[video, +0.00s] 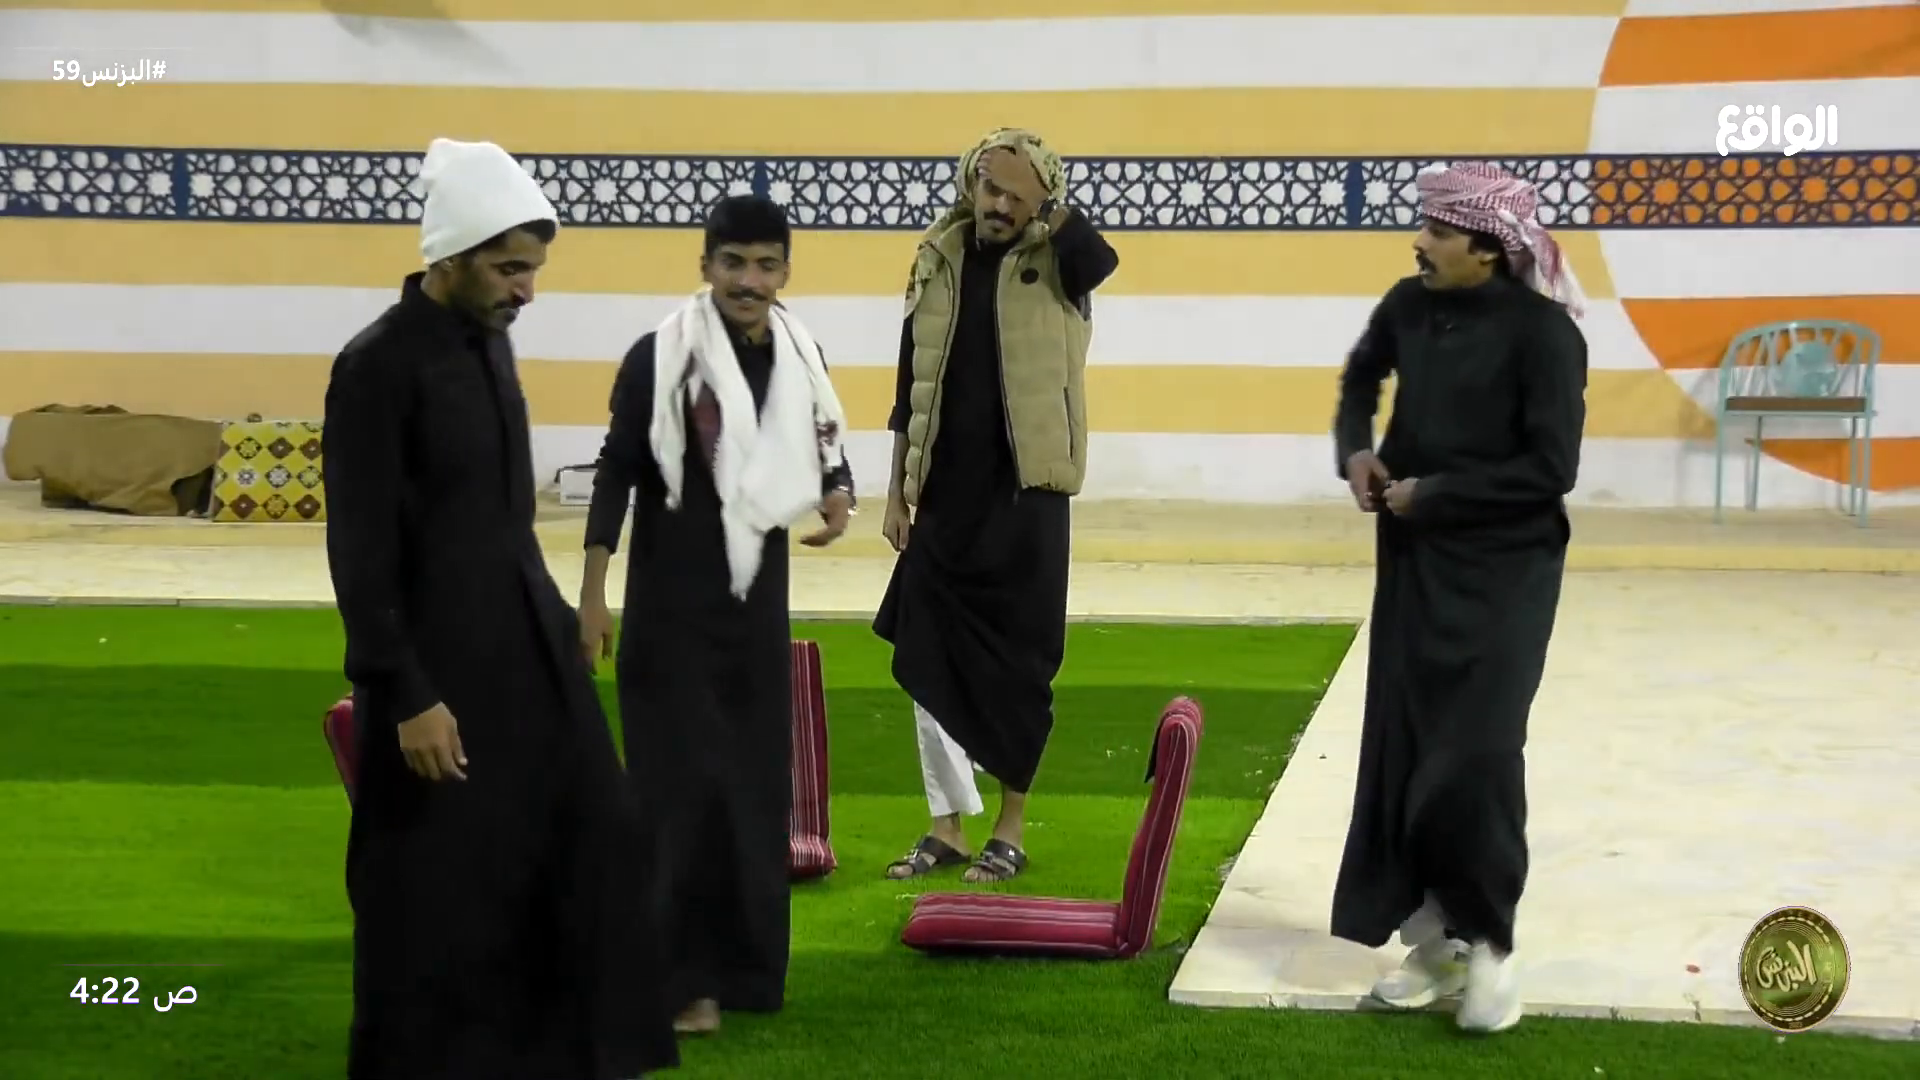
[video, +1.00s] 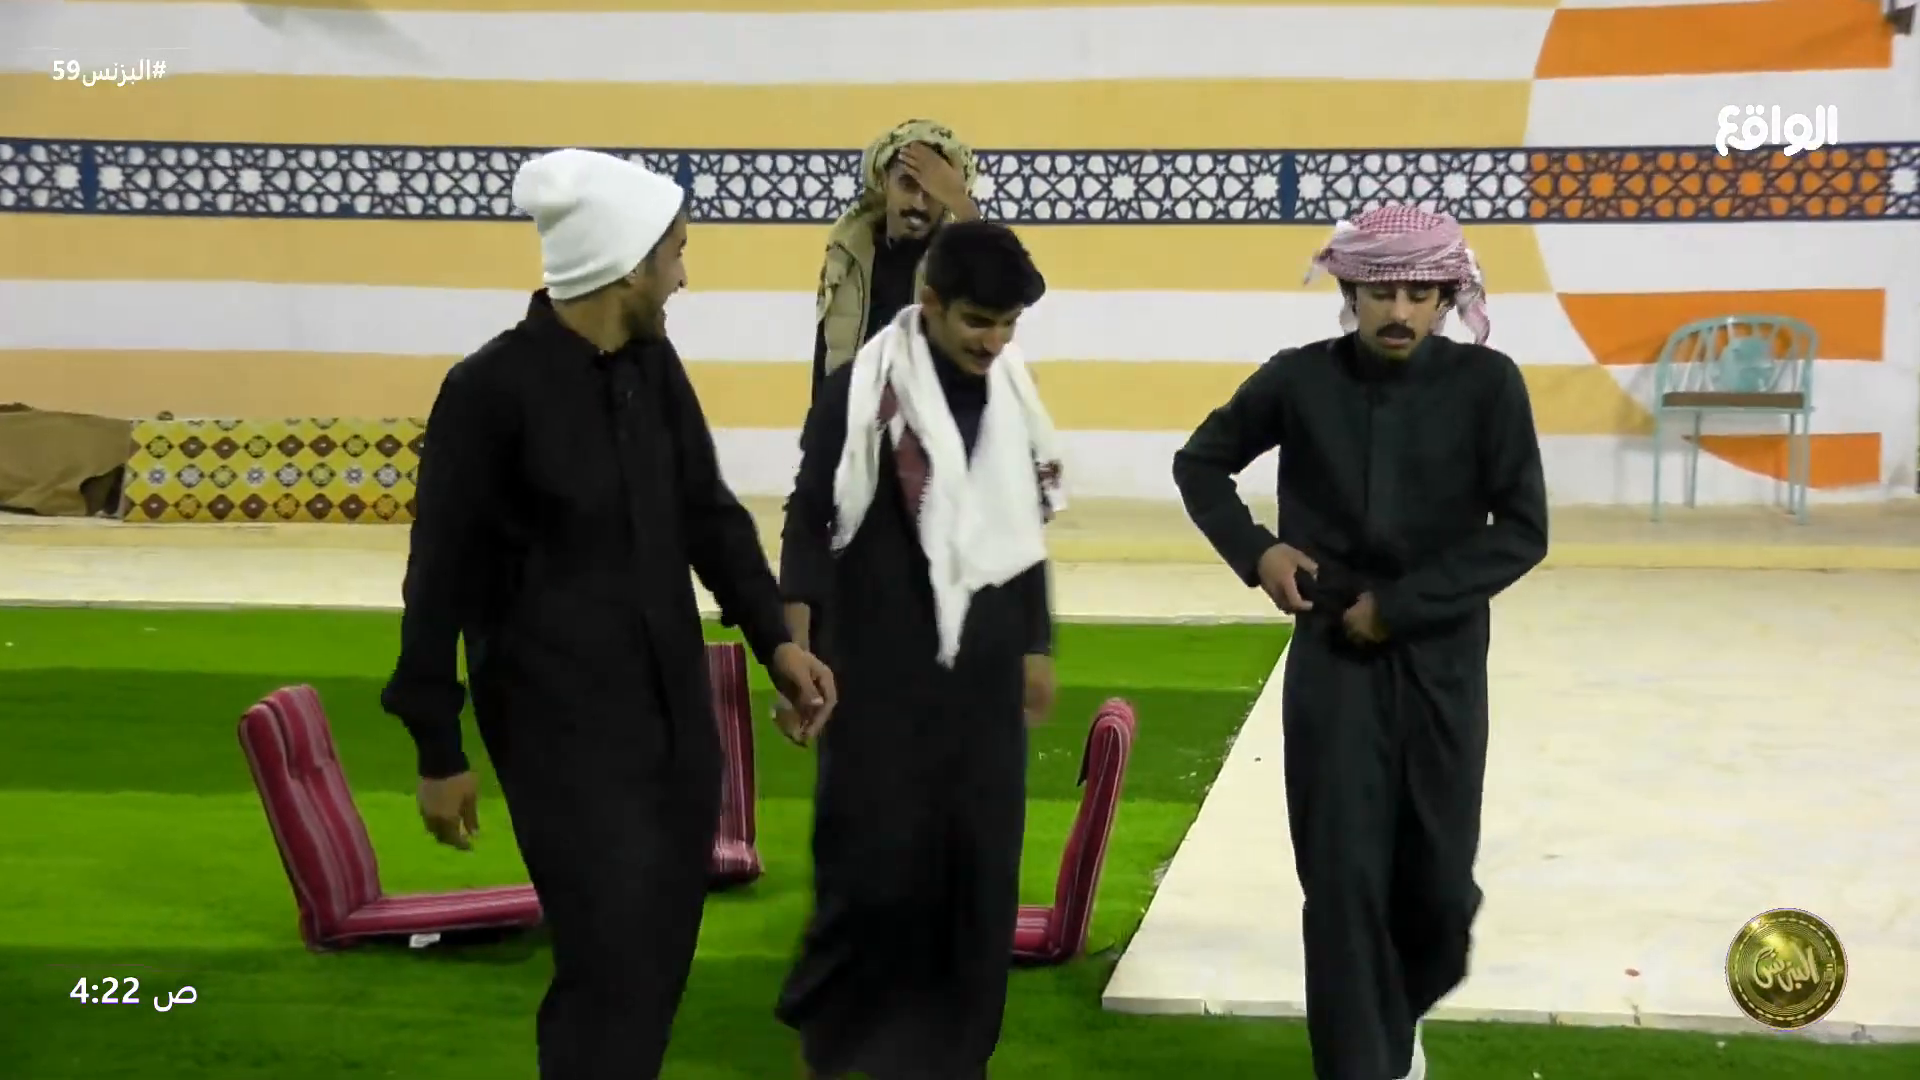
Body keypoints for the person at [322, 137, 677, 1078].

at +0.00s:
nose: (526, 287)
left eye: (535, 268)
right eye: (510, 268)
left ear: (540, 253)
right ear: (446, 257)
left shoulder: (490, 347)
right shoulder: (375, 367)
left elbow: (502, 525)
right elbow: (359, 553)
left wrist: (549, 631)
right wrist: (408, 697)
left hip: (527, 668)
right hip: (437, 681)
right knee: (435, 916)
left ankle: (574, 1053)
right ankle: (433, 1060)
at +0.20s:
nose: (580, 302)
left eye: (590, 284)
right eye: (565, 282)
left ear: (590, 272)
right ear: (502, 264)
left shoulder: (566, 354)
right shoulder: (413, 371)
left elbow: (587, 504)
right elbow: (368, 551)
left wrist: (603, 598)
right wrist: (388, 702)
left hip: (577, 701)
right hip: (463, 711)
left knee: (598, 947)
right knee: (456, 952)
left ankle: (595, 1065)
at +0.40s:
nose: (673, 293)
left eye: (676, 273)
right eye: (661, 272)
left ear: (608, 270)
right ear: (597, 268)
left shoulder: (640, 363)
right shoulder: (467, 367)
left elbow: (671, 526)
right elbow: (402, 531)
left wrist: (683, 666)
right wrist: (371, 687)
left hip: (625, 703)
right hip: (497, 705)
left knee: (620, 945)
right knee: (472, 940)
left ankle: (607, 1067)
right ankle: (416, 1063)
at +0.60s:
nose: (703, 291)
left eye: (707, 270)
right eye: (692, 270)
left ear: (647, 264)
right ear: (627, 263)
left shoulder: (678, 349)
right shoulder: (487, 355)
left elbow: (723, 509)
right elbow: (415, 514)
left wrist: (747, 654)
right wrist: (409, 672)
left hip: (653, 689)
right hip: (524, 689)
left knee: (644, 932)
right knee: (545, 920)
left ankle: (639, 1069)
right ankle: (475, 1057)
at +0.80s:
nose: (702, 288)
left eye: (704, 265)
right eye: (687, 266)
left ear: (644, 267)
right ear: (622, 265)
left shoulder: (679, 356)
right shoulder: (485, 367)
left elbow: (742, 504)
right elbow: (432, 542)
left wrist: (785, 633)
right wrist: (449, 698)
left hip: (662, 709)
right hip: (534, 708)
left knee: (648, 952)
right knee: (573, 944)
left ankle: (622, 1074)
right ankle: (567, 1072)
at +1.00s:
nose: (683, 276)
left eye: (681, 253)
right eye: (671, 254)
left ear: (615, 264)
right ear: (615, 263)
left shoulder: (651, 366)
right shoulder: (489, 390)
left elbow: (708, 511)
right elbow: (435, 579)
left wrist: (777, 638)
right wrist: (438, 752)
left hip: (673, 720)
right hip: (560, 731)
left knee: (660, 969)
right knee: (607, 974)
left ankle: (620, 1073)